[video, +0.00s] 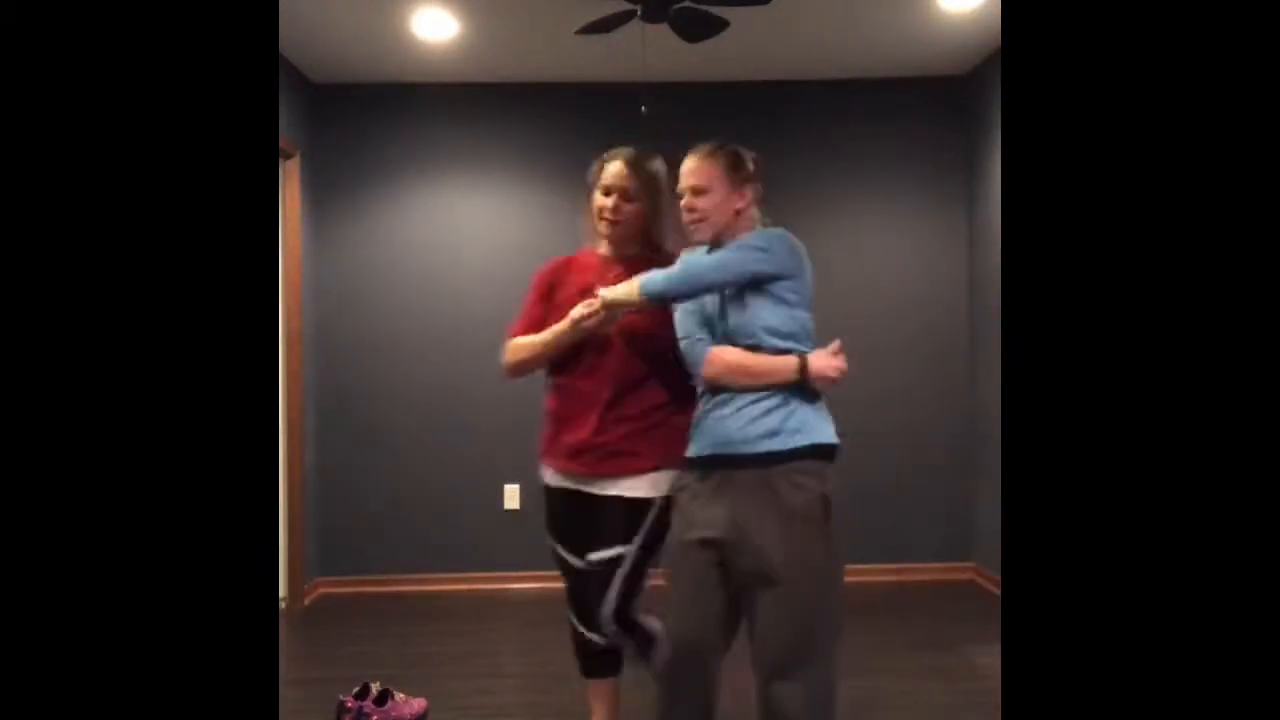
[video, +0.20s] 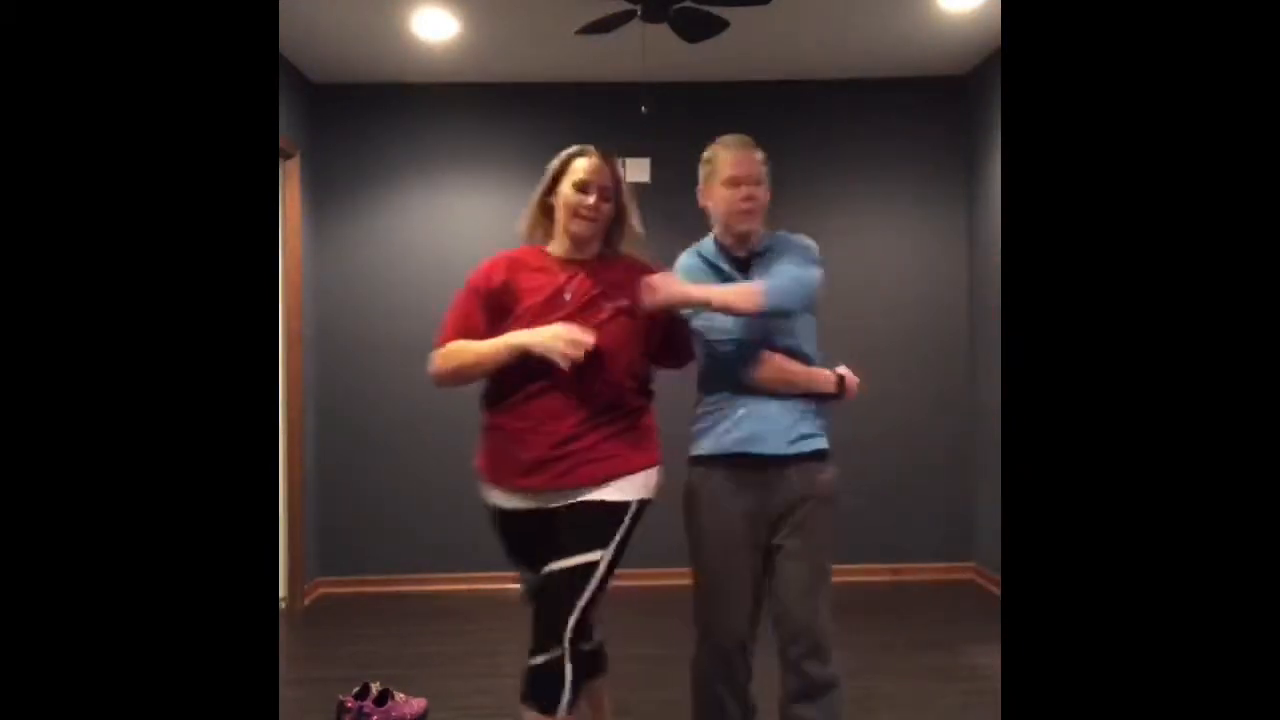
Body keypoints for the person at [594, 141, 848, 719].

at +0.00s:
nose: (686, 207)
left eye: (700, 194)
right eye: (682, 195)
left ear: (744, 198)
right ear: (677, 206)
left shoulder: (778, 248)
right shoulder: (686, 282)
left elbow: (681, 277)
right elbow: (703, 361)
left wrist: (612, 296)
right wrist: (803, 366)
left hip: (786, 472)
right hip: (706, 474)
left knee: (792, 665)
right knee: (684, 653)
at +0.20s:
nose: (750, 196)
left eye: (758, 184)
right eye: (735, 185)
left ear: (770, 192)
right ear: (705, 194)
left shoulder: (797, 252)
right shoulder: (692, 267)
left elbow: (774, 298)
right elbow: (741, 359)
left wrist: (686, 292)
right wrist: (829, 381)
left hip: (803, 461)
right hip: (723, 464)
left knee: (807, 633)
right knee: (725, 636)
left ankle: (816, 715)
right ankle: (726, 717)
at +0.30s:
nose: (802, 186)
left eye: (799, 174)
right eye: (788, 176)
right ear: (743, 189)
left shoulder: (809, 252)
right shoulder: (720, 265)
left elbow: (847, 310)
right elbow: (770, 367)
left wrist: (773, 290)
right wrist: (829, 383)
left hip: (811, 465)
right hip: (739, 467)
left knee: (831, 632)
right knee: (731, 637)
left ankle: (831, 714)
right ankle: (725, 714)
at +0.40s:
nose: (832, 190)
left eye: (828, 177)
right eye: (821, 178)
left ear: (784, 190)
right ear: (787, 187)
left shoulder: (796, 256)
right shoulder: (774, 263)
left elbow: (874, 328)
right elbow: (834, 373)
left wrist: (848, 287)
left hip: (814, 465)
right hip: (777, 469)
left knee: (851, 623)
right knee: (760, 635)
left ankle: (855, 712)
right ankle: (730, 713)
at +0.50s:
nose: (849, 208)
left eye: (846, 196)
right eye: (846, 196)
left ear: (781, 201)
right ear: (833, 198)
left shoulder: (763, 265)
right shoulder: (861, 269)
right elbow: (868, 366)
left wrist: (877, 282)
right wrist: (887, 295)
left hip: (771, 475)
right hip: (831, 481)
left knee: (824, 624)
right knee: (849, 629)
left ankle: (830, 712)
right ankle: (774, 711)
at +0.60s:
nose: (799, 207)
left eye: (801, 198)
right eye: (801, 198)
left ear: (807, 203)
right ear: (868, 204)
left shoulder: (782, 263)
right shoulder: (899, 274)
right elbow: (854, 355)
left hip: (796, 480)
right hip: (876, 480)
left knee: (815, 634)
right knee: (900, 624)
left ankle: (837, 714)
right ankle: (855, 705)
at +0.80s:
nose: (816, 200)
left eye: (831, 189)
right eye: (816, 188)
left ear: (879, 193)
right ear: (869, 197)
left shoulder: (872, 248)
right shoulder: (887, 249)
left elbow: (778, 305)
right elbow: (794, 343)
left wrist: (799, 274)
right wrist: (713, 325)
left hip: (870, 469)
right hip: (916, 465)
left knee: (837, 629)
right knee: (897, 626)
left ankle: (833, 710)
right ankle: (915, 713)